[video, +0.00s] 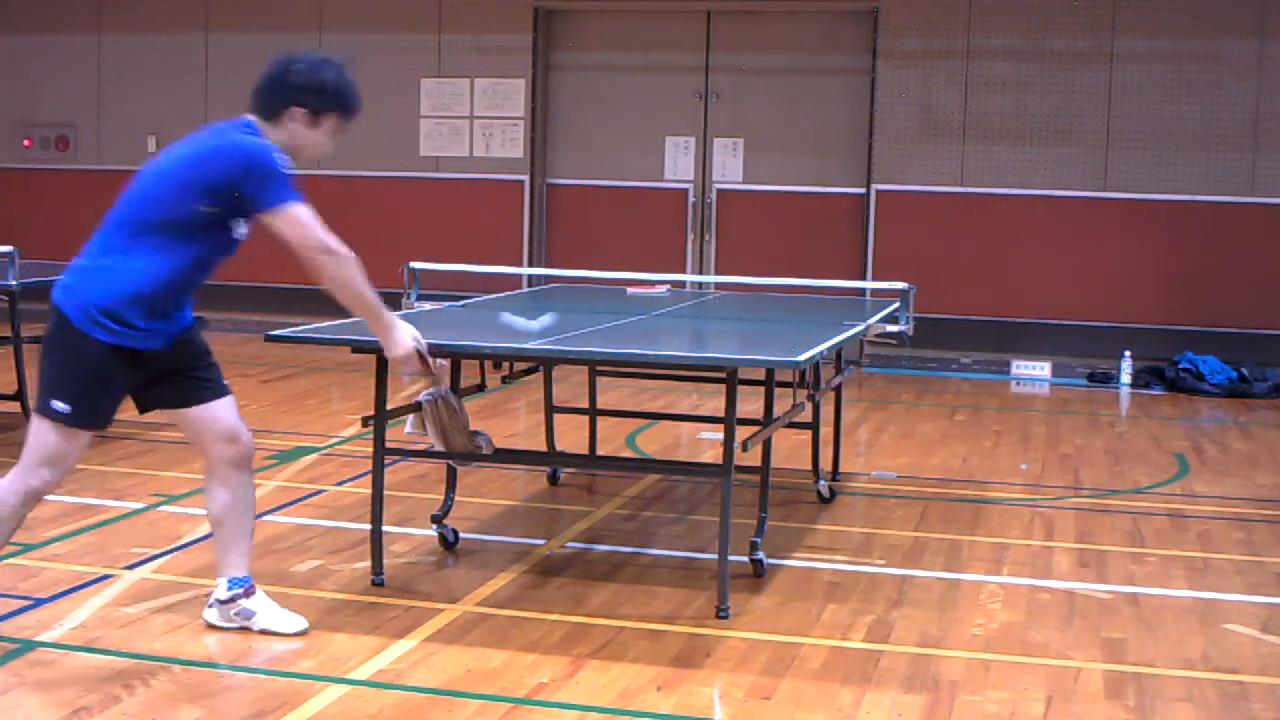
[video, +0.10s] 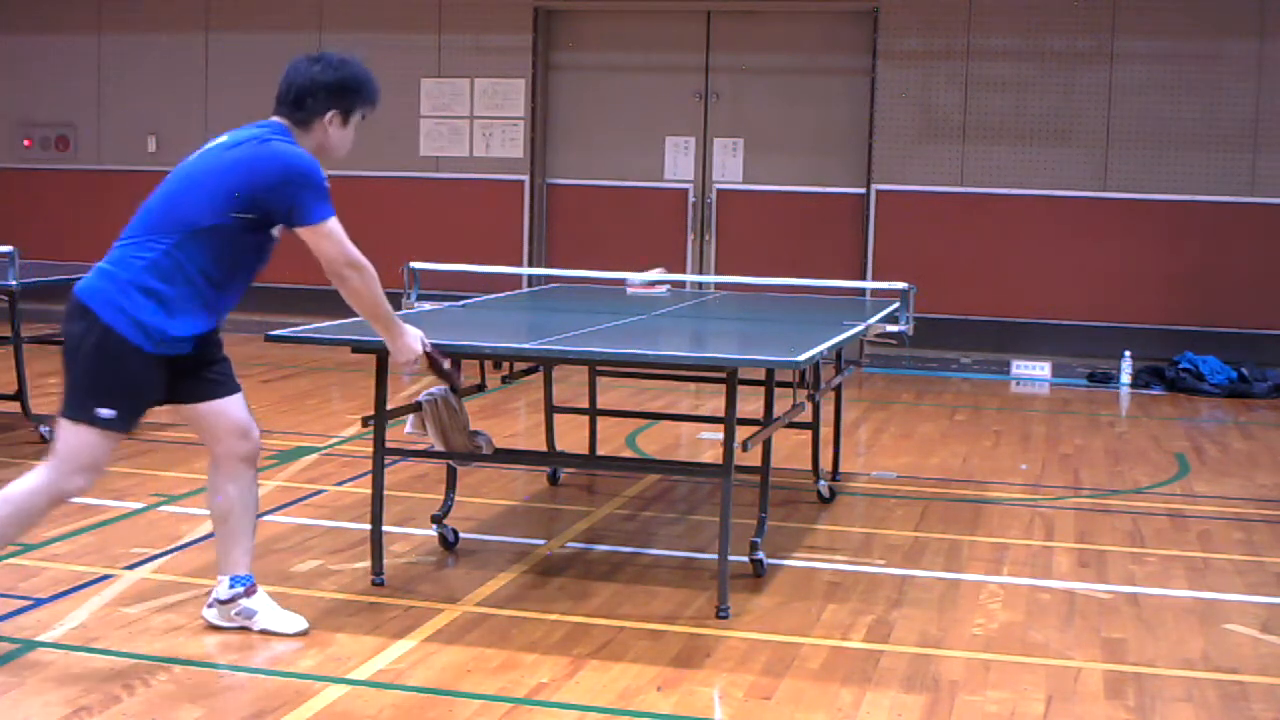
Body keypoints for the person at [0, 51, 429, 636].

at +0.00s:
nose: (331, 143)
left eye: (335, 131)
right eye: (329, 129)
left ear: (290, 113)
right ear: (298, 115)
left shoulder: (241, 145)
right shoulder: (250, 154)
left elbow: (320, 246)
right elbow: (320, 250)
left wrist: (385, 324)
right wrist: (388, 328)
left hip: (165, 323)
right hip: (95, 319)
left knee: (231, 448)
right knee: (37, 473)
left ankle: (233, 592)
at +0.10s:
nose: (353, 139)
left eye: (357, 124)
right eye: (355, 124)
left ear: (303, 110)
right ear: (330, 119)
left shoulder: (257, 144)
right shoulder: (289, 162)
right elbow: (346, 266)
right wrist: (396, 334)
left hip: (185, 326)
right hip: (118, 318)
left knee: (237, 444)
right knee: (68, 473)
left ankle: (233, 591)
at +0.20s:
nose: (359, 120)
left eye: (363, 106)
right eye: (361, 106)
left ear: (299, 91)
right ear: (339, 104)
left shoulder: (247, 130)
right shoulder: (304, 153)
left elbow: (153, 196)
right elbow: (348, 262)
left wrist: (122, 281)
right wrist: (393, 335)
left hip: (191, 320)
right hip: (135, 313)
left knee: (236, 444)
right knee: (106, 476)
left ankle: (234, 592)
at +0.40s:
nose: (329, 73)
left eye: (330, 59)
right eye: (328, 59)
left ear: (263, 54)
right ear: (305, 58)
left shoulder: (223, 104)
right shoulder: (269, 118)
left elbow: (136, 171)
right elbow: (305, 236)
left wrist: (164, 258)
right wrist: (357, 327)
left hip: (194, 312)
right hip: (142, 308)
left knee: (228, 447)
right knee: (156, 474)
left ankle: (235, 591)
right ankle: (70, 627)